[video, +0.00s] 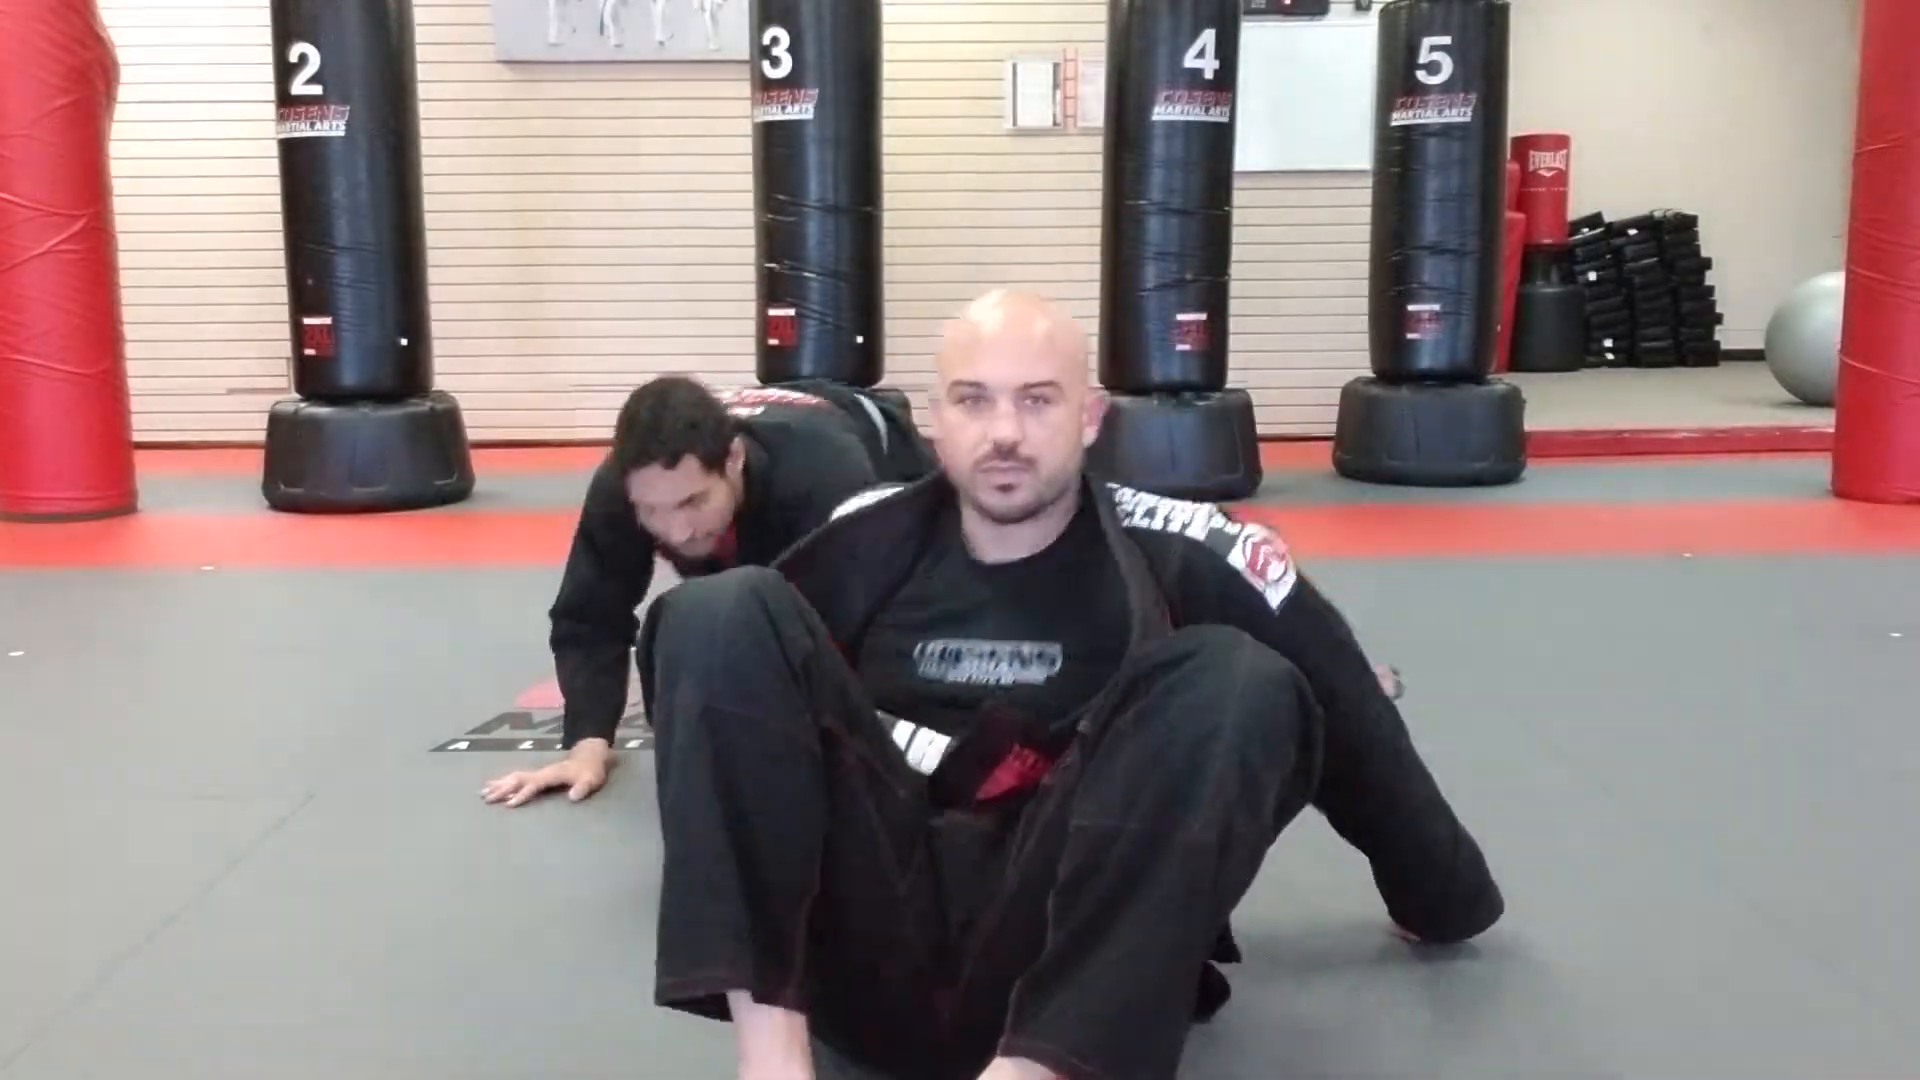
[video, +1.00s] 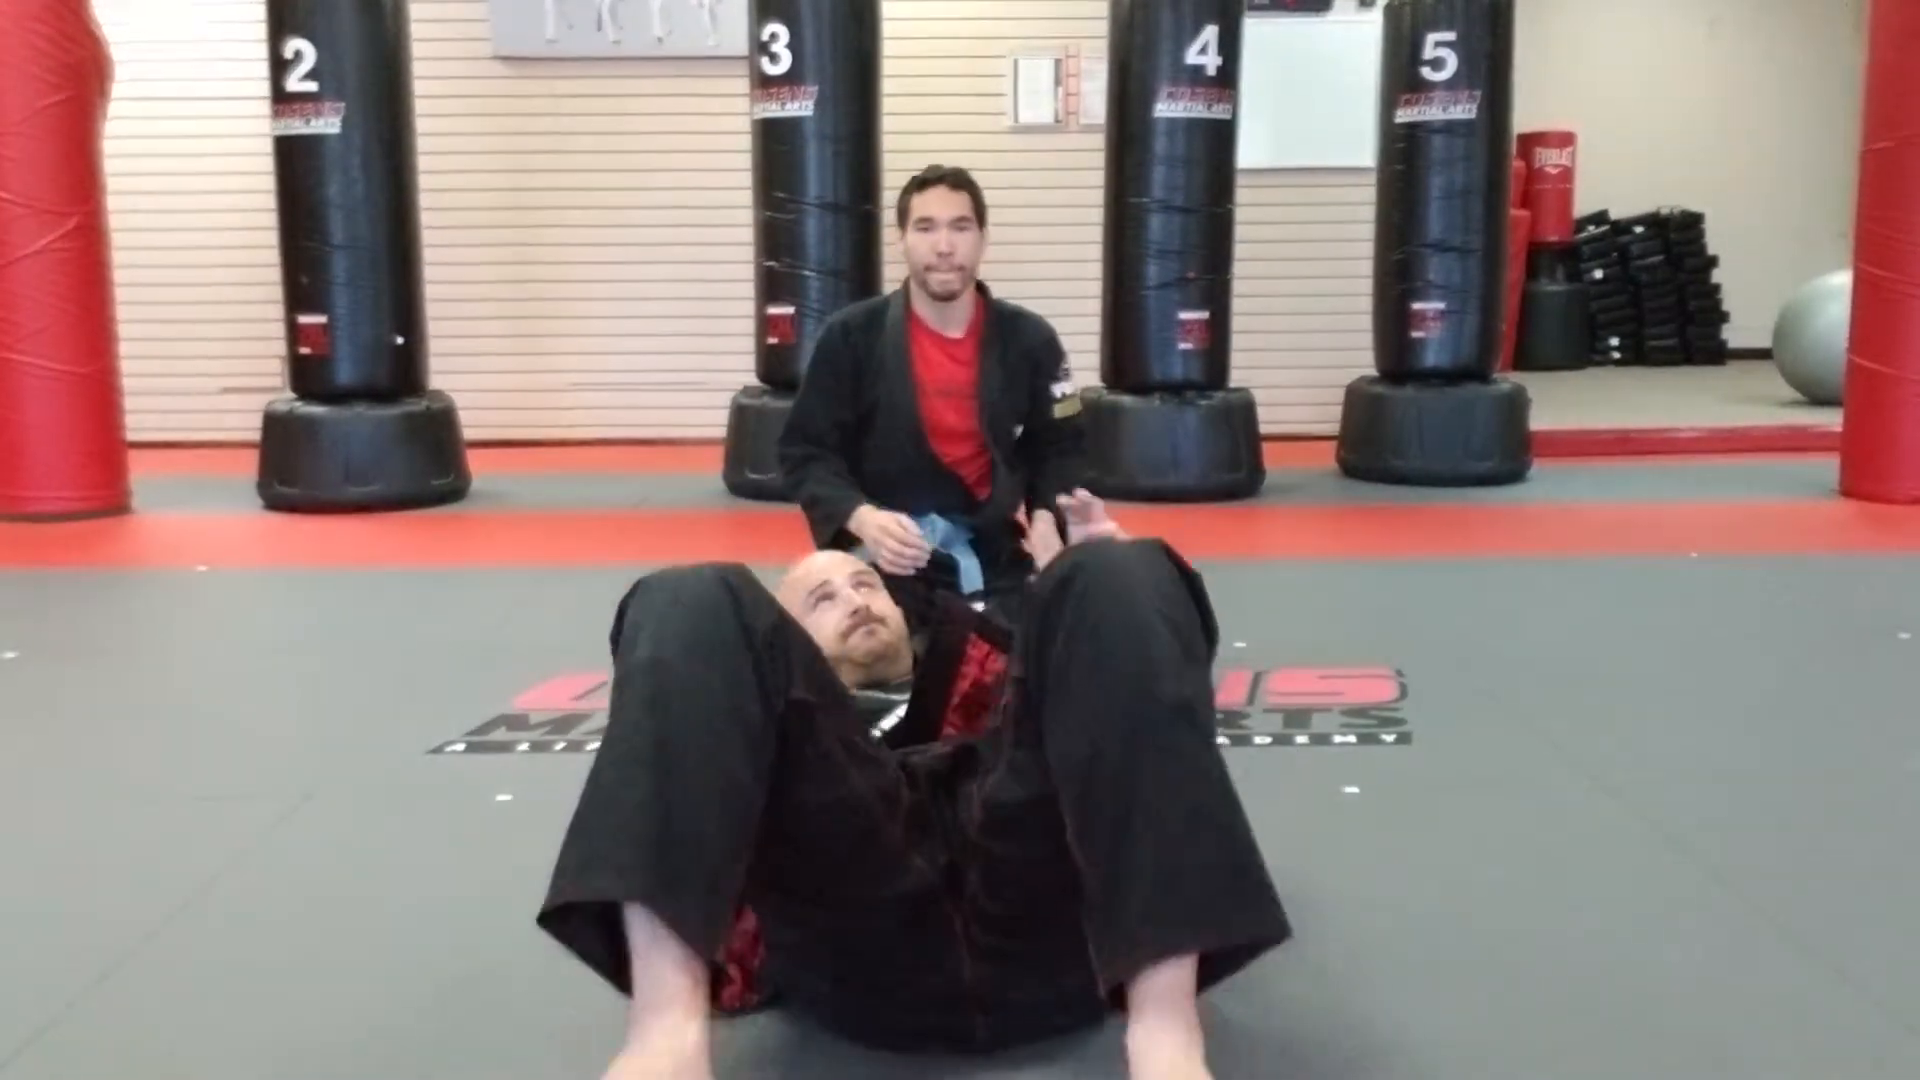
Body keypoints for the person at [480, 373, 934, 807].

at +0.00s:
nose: (674, 532)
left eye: (692, 503)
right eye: (651, 510)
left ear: (733, 462)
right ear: (628, 491)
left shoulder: (820, 484)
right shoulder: (626, 484)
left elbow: (852, 620)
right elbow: (590, 614)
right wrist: (588, 747)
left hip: (880, 431)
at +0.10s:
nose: (714, 455)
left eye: (733, 426)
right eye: (693, 431)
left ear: (777, 399)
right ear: (673, 416)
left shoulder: (852, 442)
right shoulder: (666, 456)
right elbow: (618, 593)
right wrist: (590, 742)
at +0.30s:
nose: (813, 360)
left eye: (833, 337)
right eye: (794, 339)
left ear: (871, 332)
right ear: (773, 340)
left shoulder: (917, 402)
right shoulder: (758, 408)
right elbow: (690, 524)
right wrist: (653, 640)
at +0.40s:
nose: (861, 331)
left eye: (879, 308)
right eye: (842, 311)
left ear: (909, 307)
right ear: (820, 315)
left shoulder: (976, 380)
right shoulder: (788, 403)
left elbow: (1023, 504)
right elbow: (723, 519)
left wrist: (1007, 613)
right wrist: (723, 631)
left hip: (971, 593)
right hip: (849, 598)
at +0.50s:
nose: (894, 303)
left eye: (910, 282)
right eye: (875, 284)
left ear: (937, 284)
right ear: (851, 290)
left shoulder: (1000, 369)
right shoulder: (814, 383)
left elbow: (1067, 486)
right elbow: (765, 502)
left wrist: (1011, 584)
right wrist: (788, 599)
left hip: (983, 586)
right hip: (856, 587)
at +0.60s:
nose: (913, 278)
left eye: (930, 258)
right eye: (894, 260)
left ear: (955, 264)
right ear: (869, 267)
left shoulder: (1013, 350)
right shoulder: (827, 360)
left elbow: (1068, 445)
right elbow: (781, 472)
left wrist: (1054, 528)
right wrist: (808, 552)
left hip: (983, 569)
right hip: (860, 573)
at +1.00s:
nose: (943, 246)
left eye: (960, 228)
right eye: (925, 228)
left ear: (983, 240)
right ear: (901, 241)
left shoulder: (1028, 341)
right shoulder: (852, 338)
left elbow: (1055, 443)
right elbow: (804, 452)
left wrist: (1048, 518)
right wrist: (860, 518)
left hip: (994, 543)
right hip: (888, 544)